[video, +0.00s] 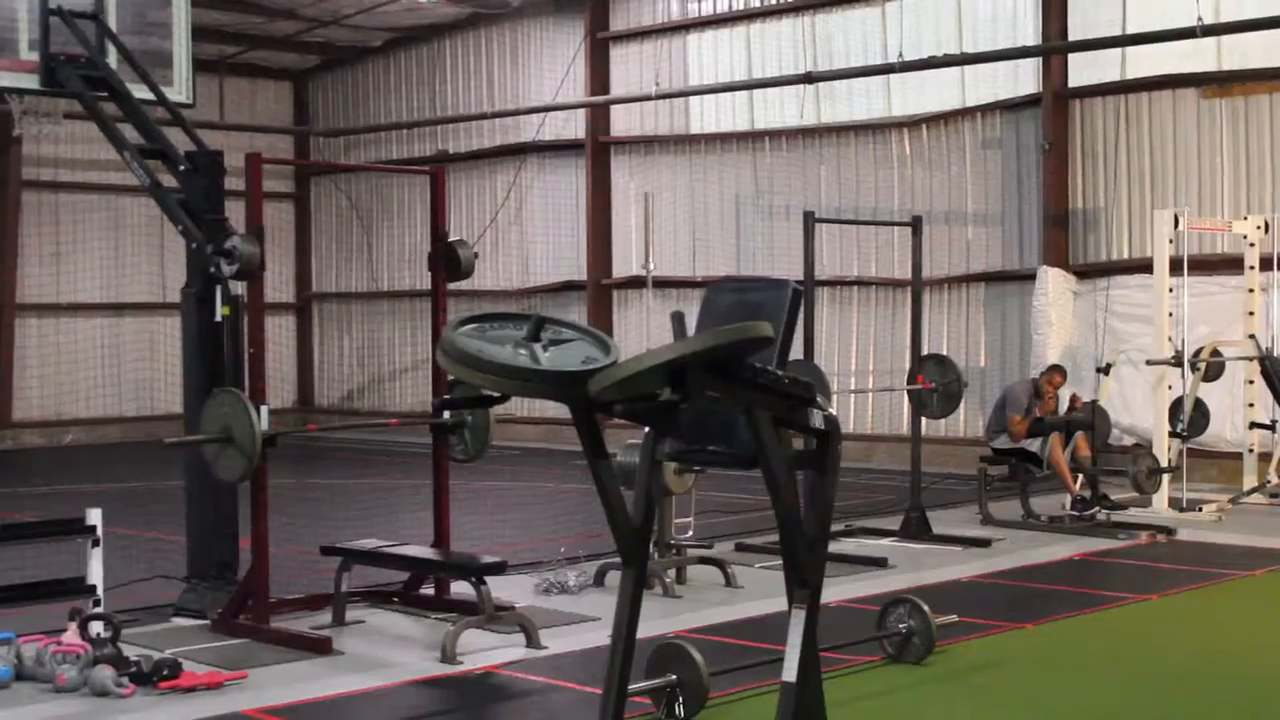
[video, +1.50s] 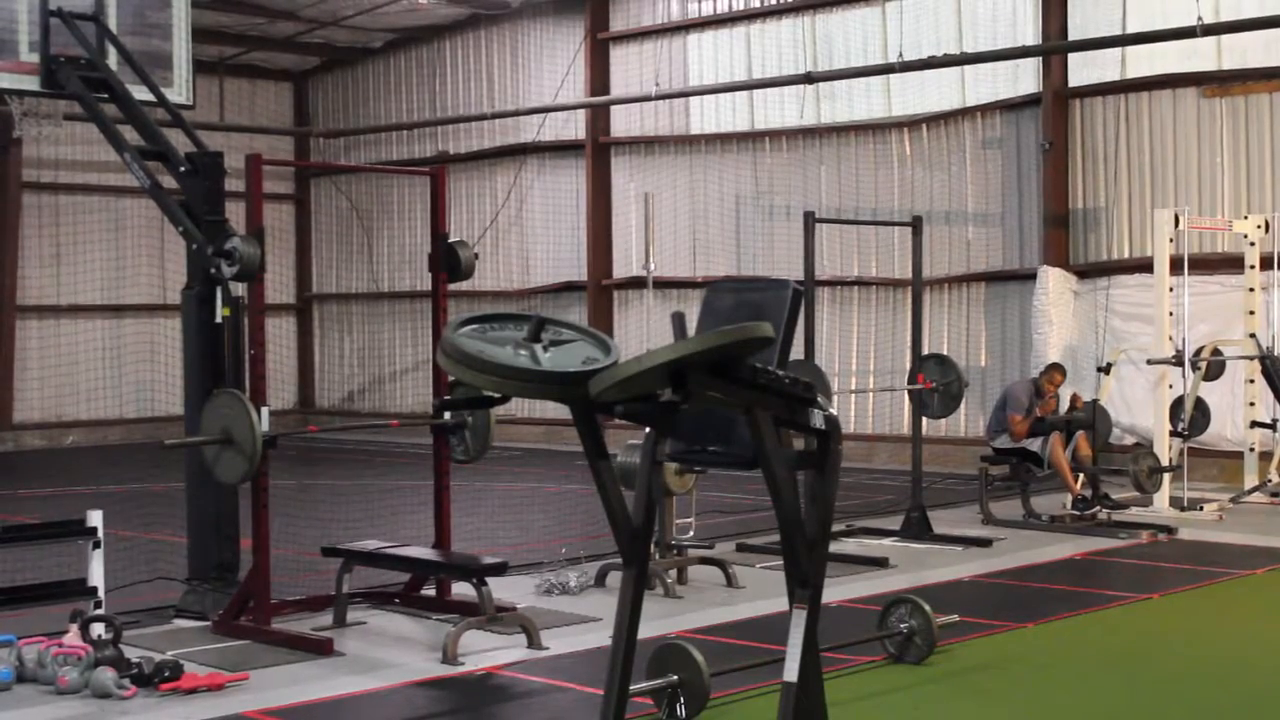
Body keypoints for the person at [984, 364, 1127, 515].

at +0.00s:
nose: (1051, 391)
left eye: (1056, 388)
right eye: (1049, 384)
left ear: (1059, 388)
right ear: (1041, 376)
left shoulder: (1050, 397)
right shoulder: (1018, 392)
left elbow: (1050, 426)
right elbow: (1016, 434)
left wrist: (1070, 412)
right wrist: (1039, 414)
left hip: (1027, 438)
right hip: (1001, 439)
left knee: (1078, 436)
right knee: (1052, 439)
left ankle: (1096, 494)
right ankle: (1076, 498)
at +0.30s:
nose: (1051, 390)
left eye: (1056, 387)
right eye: (1048, 384)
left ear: (1059, 387)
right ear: (1040, 376)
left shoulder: (1050, 396)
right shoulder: (1018, 391)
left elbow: (1051, 426)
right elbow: (1016, 433)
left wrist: (1070, 412)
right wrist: (1038, 414)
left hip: (1027, 438)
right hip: (1001, 438)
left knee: (1078, 436)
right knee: (1053, 439)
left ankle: (1097, 493)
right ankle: (1076, 497)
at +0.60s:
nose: (1051, 389)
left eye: (1055, 386)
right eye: (1048, 383)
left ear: (1059, 386)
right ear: (1040, 375)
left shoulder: (1047, 395)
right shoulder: (1018, 390)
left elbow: (1051, 425)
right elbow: (1016, 433)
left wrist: (1070, 411)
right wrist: (1040, 414)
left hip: (1026, 437)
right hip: (1001, 438)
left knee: (1078, 435)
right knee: (1052, 440)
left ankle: (1097, 493)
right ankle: (1077, 497)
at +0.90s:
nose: (1051, 390)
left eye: (1055, 387)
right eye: (1048, 383)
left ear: (1059, 386)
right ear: (1040, 376)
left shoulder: (1048, 395)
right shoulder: (1019, 390)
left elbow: (1050, 426)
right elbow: (1016, 434)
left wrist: (1070, 412)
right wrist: (1040, 413)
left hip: (1027, 438)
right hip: (1001, 439)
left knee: (1078, 436)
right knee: (1053, 439)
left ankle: (1096, 494)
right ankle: (1076, 498)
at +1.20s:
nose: (1051, 390)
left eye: (1056, 387)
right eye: (1049, 383)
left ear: (1059, 386)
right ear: (1040, 375)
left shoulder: (1048, 395)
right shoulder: (1019, 391)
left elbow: (1051, 425)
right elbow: (1016, 435)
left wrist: (1071, 411)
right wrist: (1039, 413)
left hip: (1026, 438)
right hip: (1001, 439)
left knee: (1078, 435)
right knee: (1053, 439)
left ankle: (1097, 493)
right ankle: (1077, 497)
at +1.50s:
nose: (1052, 390)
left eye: (1056, 387)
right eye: (1050, 384)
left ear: (1059, 386)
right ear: (1041, 376)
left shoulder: (1050, 395)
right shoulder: (1019, 391)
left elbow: (1052, 426)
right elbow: (1017, 435)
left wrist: (1071, 411)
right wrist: (1039, 413)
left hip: (1028, 438)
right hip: (1002, 439)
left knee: (1079, 435)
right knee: (1053, 440)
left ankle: (1097, 493)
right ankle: (1077, 497)